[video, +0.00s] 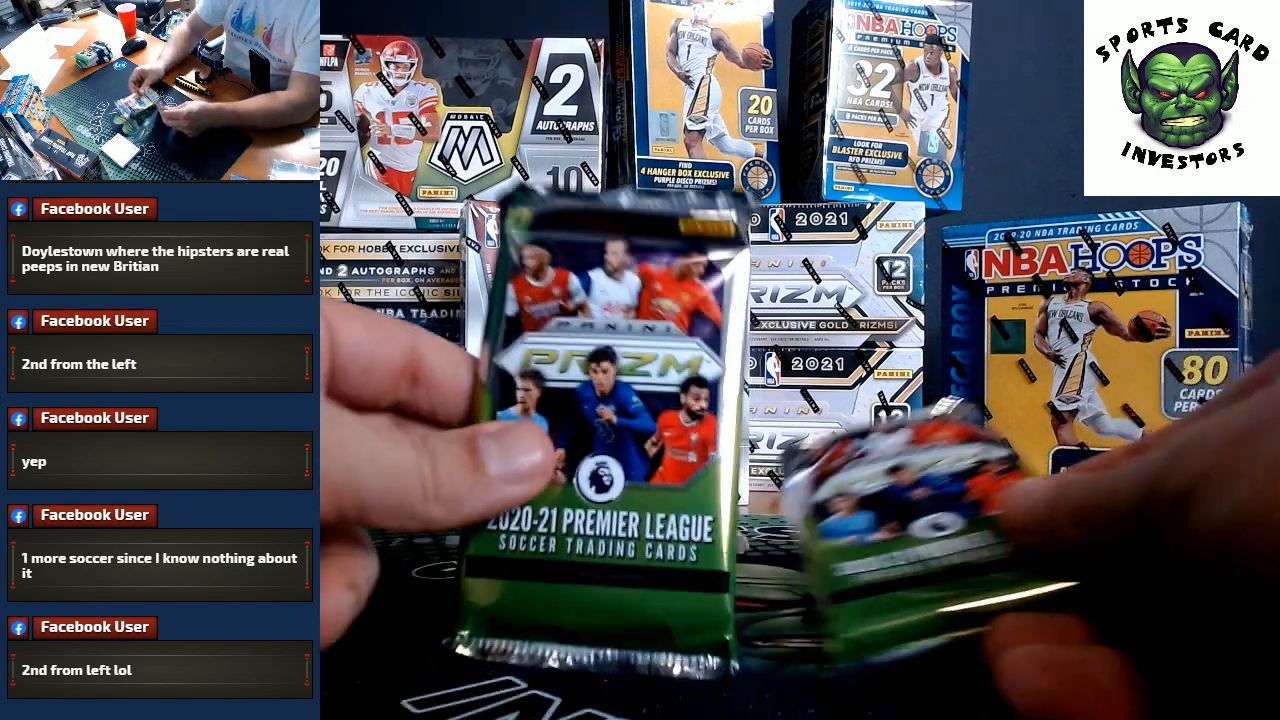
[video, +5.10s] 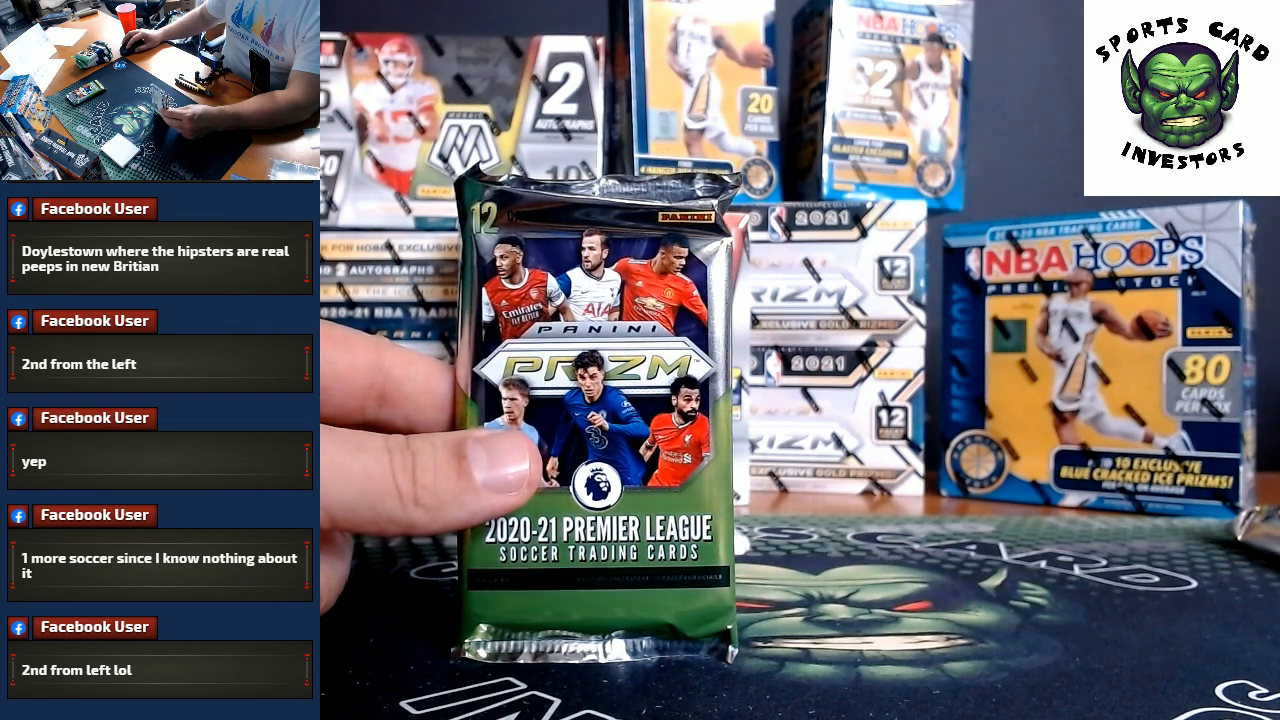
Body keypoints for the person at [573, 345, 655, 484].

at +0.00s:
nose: (599, 378)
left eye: (605, 372)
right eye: (595, 372)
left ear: (614, 372)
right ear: (589, 373)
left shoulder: (624, 392)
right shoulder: (583, 392)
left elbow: (649, 426)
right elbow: (573, 421)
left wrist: (617, 420)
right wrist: (562, 447)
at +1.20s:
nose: (586, 384)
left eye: (591, 377)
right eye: (581, 378)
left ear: (601, 376)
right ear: (576, 379)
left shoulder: (613, 398)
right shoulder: (570, 400)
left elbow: (640, 431)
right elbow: (562, 428)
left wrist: (607, 428)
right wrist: (553, 455)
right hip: (592, 466)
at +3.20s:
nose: (591, 386)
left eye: (596, 379)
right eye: (585, 379)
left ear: (605, 376)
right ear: (579, 379)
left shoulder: (617, 400)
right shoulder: (574, 402)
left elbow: (646, 432)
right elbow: (568, 428)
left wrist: (612, 429)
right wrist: (557, 457)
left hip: (630, 474)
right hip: (598, 472)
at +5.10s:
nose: (588, 384)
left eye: (593, 377)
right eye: (582, 378)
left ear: (602, 375)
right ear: (577, 378)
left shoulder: (614, 398)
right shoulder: (571, 400)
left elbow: (643, 430)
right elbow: (566, 422)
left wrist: (609, 427)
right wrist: (554, 455)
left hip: (627, 473)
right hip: (596, 472)